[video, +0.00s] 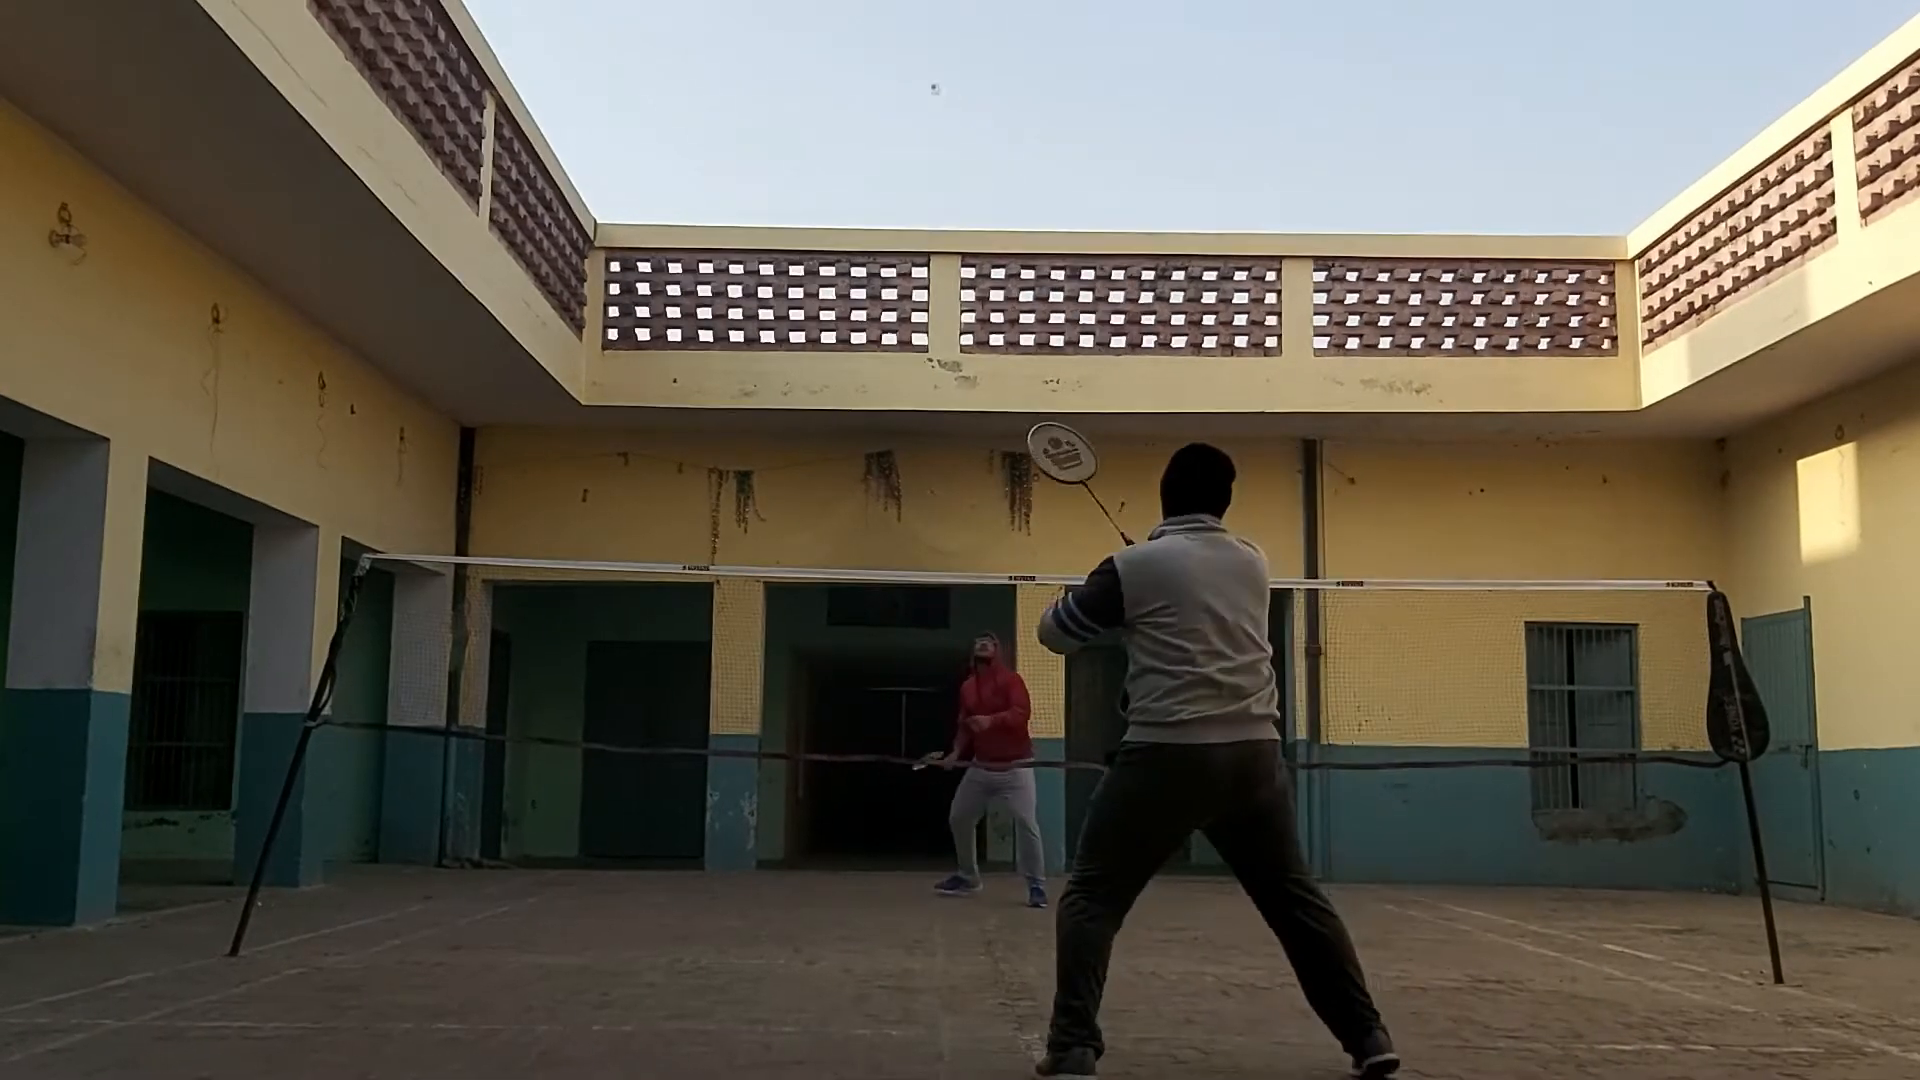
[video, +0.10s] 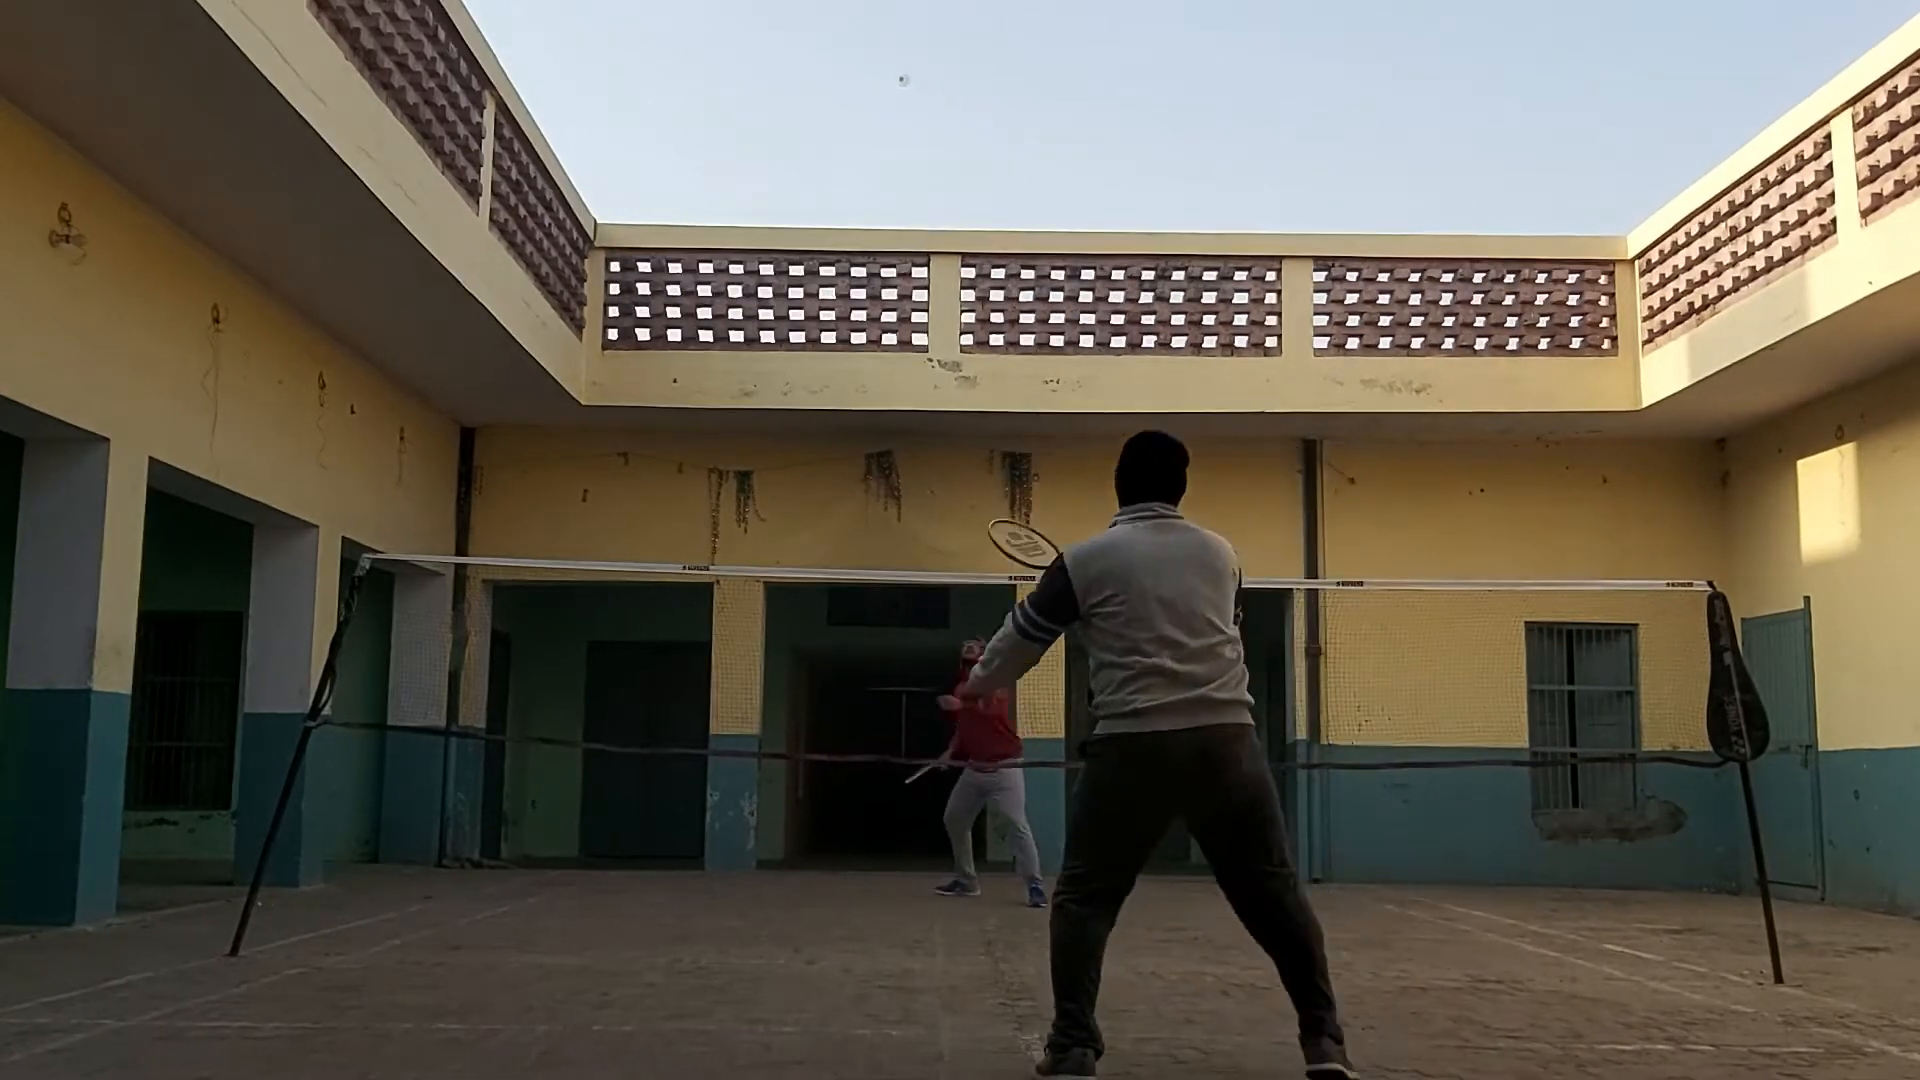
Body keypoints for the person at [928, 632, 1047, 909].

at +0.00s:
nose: (983, 645)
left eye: (988, 643)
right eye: (979, 642)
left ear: (997, 651)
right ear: (973, 651)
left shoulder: (1011, 680)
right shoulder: (969, 686)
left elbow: (1021, 713)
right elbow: (964, 725)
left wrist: (990, 720)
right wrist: (954, 753)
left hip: (1016, 769)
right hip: (981, 768)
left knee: (1026, 822)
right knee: (959, 818)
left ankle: (1036, 884)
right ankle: (968, 877)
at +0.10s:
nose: (969, 652)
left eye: (975, 649)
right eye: (966, 649)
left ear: (985, 656)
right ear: (961, 658)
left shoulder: (995, 683)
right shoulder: (962, 688)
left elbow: (996, 709)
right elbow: (963, 729)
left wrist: (961, 704)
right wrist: (948, 755)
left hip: (1005, 768)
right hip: (975, 768)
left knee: (1017, 823)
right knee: (955, 820)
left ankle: (1034, 884)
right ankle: (966, 880)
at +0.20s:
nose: (953, 645)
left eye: (960, 642)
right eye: (952, 642)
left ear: (971, 650)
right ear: (950, 651)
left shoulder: (977, 676)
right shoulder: (955, 678)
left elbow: (964, 684)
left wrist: (940, 678)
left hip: (985, 760)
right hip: (964, 761)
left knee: (1000, 821)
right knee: (949, 817)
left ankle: (1023, 879)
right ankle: (965, 879)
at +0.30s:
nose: (942, 640)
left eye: (948, 636)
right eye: (941, 637)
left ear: (961, 643)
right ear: (941, 644)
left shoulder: (966, 666)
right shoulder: (941, 672)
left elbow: (958, 662)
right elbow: (940, 716)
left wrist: (930, 650)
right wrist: (922, 736)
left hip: (970, 746)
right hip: (947, 747)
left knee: (968, 811)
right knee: (944, 815)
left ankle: (999, 874)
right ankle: (963, 877)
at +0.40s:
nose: (931, 633)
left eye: (936, 629)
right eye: (931, 629)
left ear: (946, 633)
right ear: (935, 633)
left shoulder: (949, 654)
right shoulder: (934, 662)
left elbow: (933, 640)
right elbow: (938, 700)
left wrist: (909, 631)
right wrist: (917, 718)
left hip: (953, 741)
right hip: (940, 741)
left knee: (944, 807)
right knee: (929, 805)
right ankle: (960, 865)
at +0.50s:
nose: (922, 634)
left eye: (927, 632)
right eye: (924, 632)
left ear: (935, 637)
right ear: (936, 640)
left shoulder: (937, 653)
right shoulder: (928, 664)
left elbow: (919, 634)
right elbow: (932, 707)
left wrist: (892, 621)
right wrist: (907, 722)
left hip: (939, 744)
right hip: (928, 744)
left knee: (924, 811)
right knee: (903, 800)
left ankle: (930, 877)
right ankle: (935, 855)